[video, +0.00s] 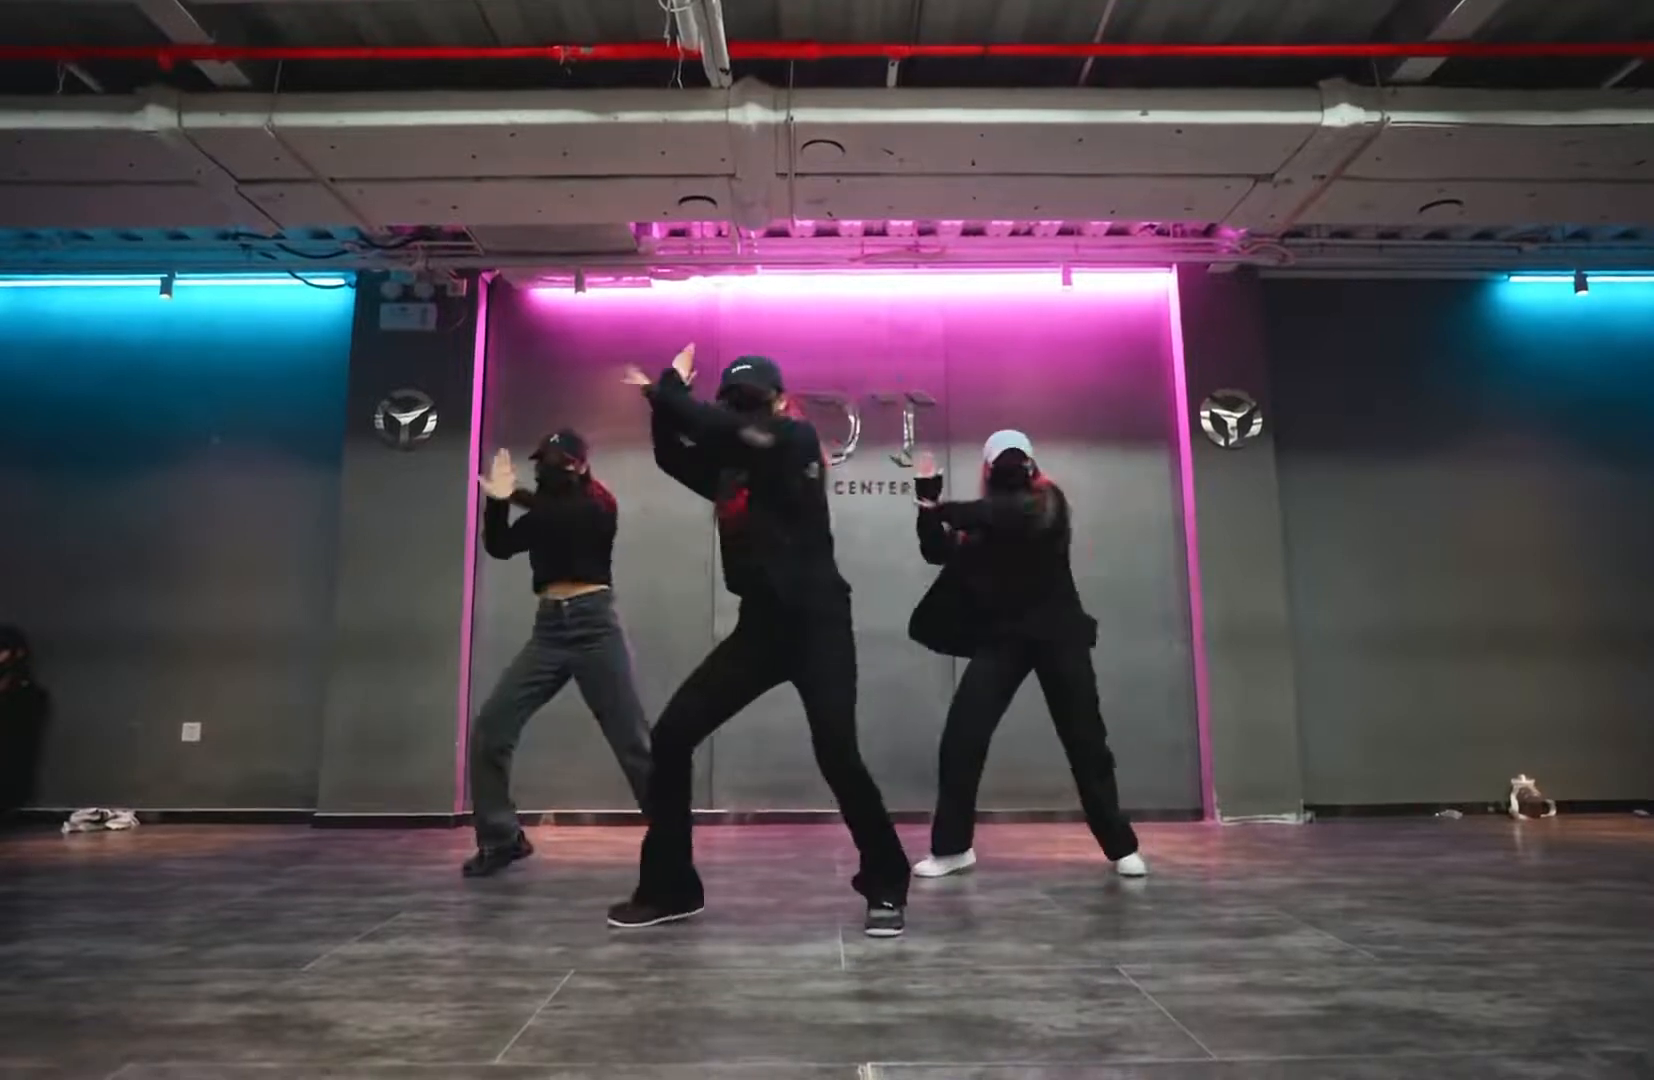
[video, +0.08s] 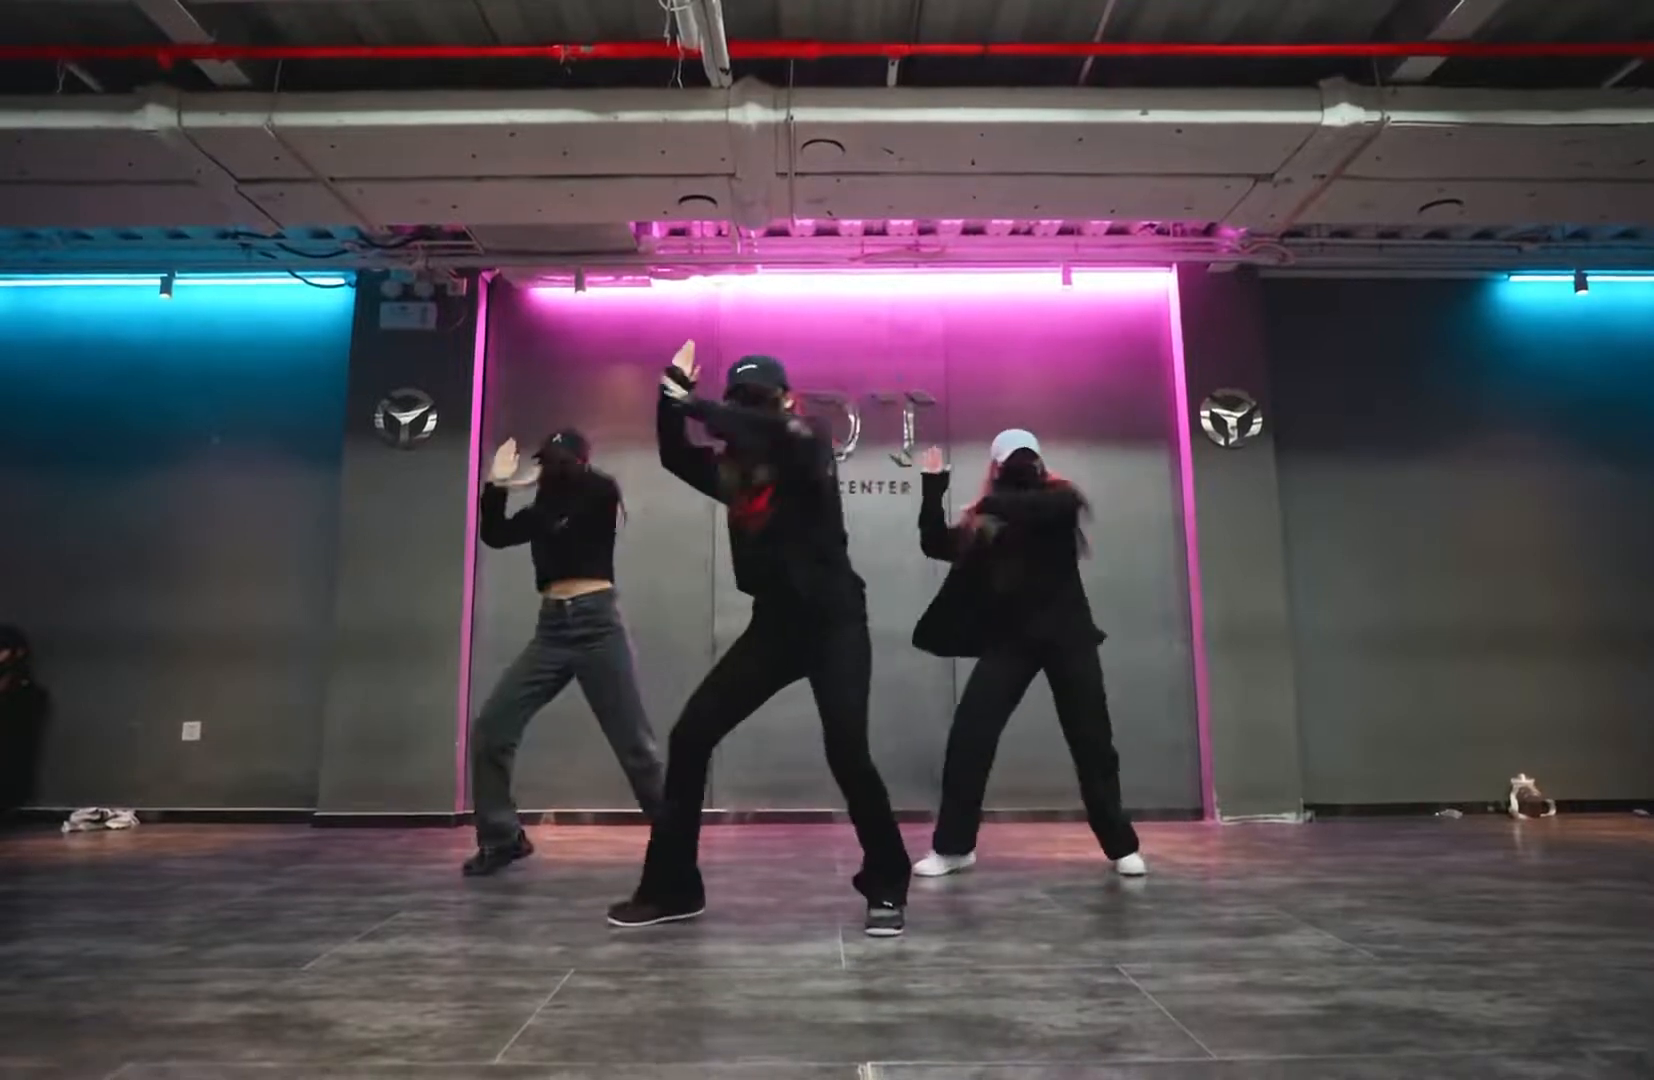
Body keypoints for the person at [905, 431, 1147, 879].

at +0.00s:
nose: (1012, 473)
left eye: (1018, 464)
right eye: (1003, 467)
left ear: (1030, 467)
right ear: (989, 472)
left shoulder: (1047, 499)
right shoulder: (980, 518)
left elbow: (1014, 514)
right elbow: (935, 550)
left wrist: (945, 511)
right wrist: (928, 499)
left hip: (1058, 635)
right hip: (1003, 637)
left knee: (1085, 741)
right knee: (962, 737)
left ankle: (1122, 850)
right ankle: (952, 849)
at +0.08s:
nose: (1026, 470)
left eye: (1031, 463)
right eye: (1015, 466)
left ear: (1043, 464)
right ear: (996, 472)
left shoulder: (1061, 497)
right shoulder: (986, 520)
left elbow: (1043, 509)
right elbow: (935, 542)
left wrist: (987, 504)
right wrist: (933, 488)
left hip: (1067, 636)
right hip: (1011, 640)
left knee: (1092, 741)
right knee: (970, 734)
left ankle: (1122, 849)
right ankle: (954, 847)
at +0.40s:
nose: (1069, 481)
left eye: (1077, 472)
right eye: (1060, 472)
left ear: (1088, 476)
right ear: (1043, 474)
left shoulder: (1116, 518)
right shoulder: (1026, 520)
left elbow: (1168, 510)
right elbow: (975, 527)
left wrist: (1112, 482)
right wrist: (977, 467)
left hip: (1110, 650)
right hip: (1048, 649)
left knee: (1118, 745)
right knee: (1007, 731)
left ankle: (1124, 848)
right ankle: (995, 836)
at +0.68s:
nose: (1081, 438)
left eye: (1088, 430)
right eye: (1072, 431)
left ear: (1098, 437)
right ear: (1056, 439)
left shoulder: (1123, 488)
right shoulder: (1040, 488)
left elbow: (1148, 560)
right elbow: (993, 486)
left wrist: (1158, 623)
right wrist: (1006, 427)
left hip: (1115, 629)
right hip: (1059, 630)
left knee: (1120, 728)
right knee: (1063, 727)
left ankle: (1122, 834)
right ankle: (1075, 823)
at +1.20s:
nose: (1091, 481)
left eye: (1096, 473)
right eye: (1080, 474)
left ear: (1103, 476)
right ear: (1060, 479)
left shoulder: (1124, 527)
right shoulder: (1035, 530)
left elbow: (1148, 600)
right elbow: (1015, 582)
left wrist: (1196, 632)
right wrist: (1034, 607)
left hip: (1106, 649)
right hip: (1047, 648)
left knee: (1128, 741)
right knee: (1017, 729)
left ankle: (1130, 834)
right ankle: (1031, 813)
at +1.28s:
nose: (1069, 514)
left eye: (1075, 503)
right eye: (1059, 504)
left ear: (1086, 495)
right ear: (1042, 496)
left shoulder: (1112, 537)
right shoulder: (1024, 539)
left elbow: (1145, 603)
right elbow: (1009, 602)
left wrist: (1159, 670)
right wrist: (1007, 653)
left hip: (1099, 652)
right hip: (1040, 650)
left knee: (1125, 745)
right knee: (1007, 731)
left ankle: (1128, 832)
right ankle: (977, 828)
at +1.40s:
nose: (1050, 498)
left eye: (1057, 489)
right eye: (1041, 490)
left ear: (1067, 496)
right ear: (1022, 496)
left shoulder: (1087, 548)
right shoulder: (998, 549)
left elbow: (1117, 602)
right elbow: (974, 607)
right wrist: (951, 659)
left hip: (1081, 657)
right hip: (1022, 659)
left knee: (1117, 745)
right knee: (992, 743)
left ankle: (1133, 832)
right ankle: (951, 844)